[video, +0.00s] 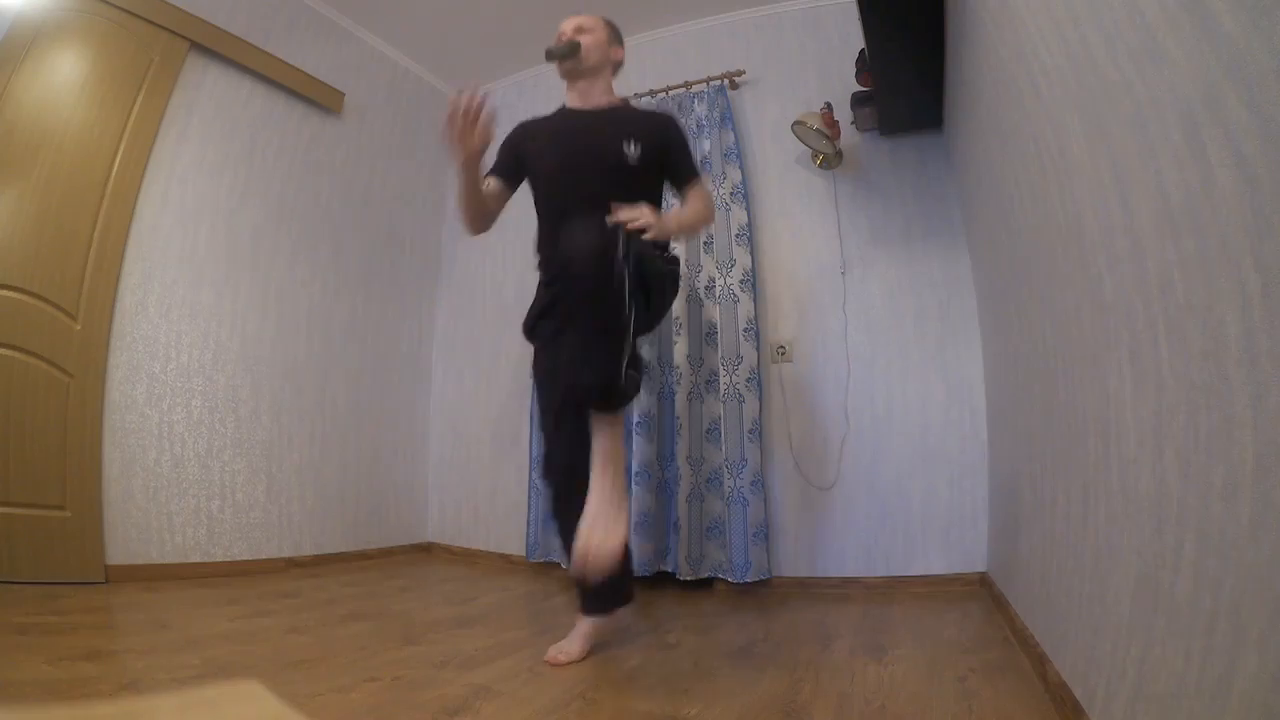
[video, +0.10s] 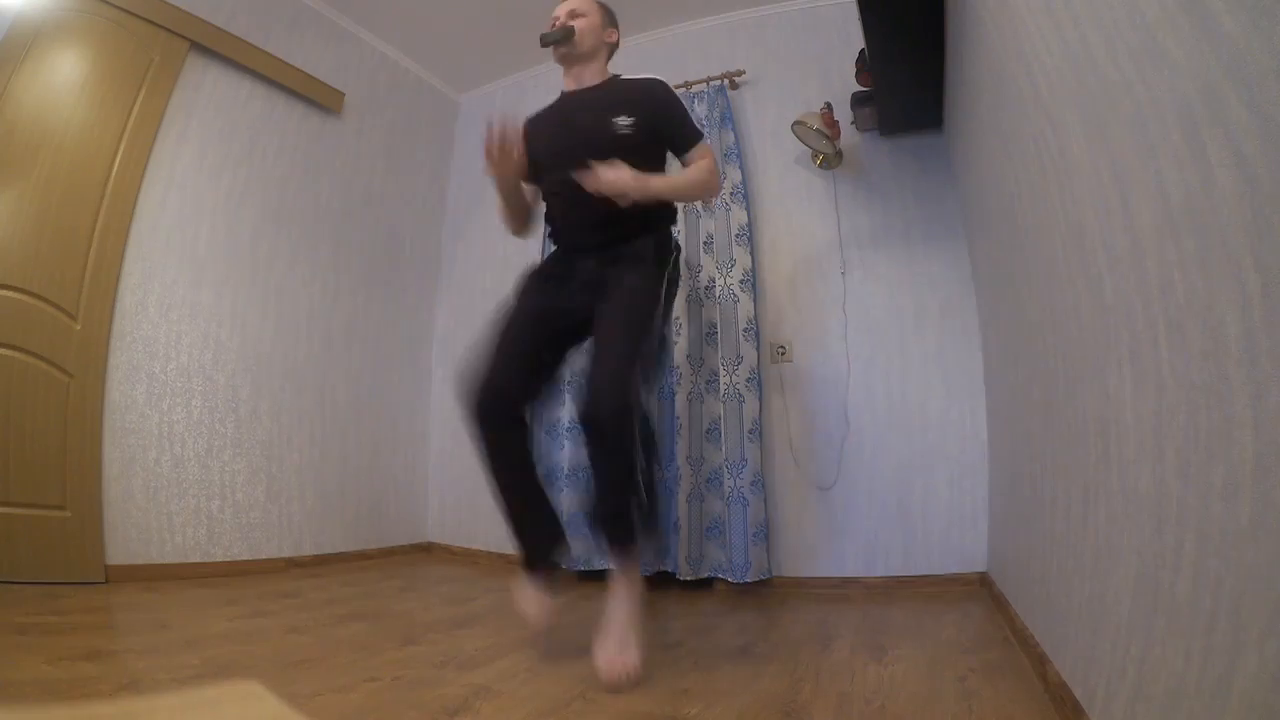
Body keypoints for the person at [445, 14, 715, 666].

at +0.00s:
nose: (566, 34)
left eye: (583, 28)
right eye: (560, 31)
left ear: (616, 53)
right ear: (554, 61)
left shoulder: (654, 127)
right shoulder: (530, 135)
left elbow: (700, 205)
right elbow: (478, 217)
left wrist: (663, 222)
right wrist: (468, 163)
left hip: (638, 286)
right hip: (565, 298)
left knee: (589, 244)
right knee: (567, 461)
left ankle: (609, 457)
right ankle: (598, 605)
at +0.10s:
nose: (559, 18)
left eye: (576, 11)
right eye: (555, 16)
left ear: (611, 36)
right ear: (550, 47)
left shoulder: (648, 96)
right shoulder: (540, 125)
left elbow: (708, 177)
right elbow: (521, 222)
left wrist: (639, 184)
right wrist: (507, 178)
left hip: (638, 264)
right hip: (567, 269)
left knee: (605, 403)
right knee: (494, 398)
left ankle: (625, 576)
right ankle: (541, 558)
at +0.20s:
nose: (563, 37)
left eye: (580, 28)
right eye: (558, 33)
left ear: (616, 50)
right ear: (553, 60)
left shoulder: (639, 113)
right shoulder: (551, 144)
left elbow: (676, 200)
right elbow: (561, 242)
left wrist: (573, 143)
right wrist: (506, 260)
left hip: (634, 299)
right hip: (568, 293)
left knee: (634, 470)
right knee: (443, 274)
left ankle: (640, 630)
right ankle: (491, 455)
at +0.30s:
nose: (564, 16)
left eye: (582, 10)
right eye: (558, 14)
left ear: (615, 38)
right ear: (549, 42)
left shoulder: (637, 96)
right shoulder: (542, 124)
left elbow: (659, 161)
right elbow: (570, 208)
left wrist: (575, 92)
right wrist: (538, 243)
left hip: (630, 285)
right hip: (561, 278)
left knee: (623, 438)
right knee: (456, 322)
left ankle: (632, 619)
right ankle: (503, 509)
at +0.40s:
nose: (563, 10)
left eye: (581, 3)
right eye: (559, 5)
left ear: (614, 26)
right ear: (552, 31)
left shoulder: (652, 97)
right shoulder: (534, 110)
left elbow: (695, 180)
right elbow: (518, 198)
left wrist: (602, 136)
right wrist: (506, 211)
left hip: (628, 241)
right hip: (552, 257)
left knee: (591, 309)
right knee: (534, 432)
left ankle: (621, 507)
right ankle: (559, 616)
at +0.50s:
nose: (561, 26)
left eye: (579, 20)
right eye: (555, 23)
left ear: (612, 48)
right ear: (548, 54)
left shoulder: (652, 122)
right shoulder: (523, 131)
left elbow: (701, 210)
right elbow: (472, 220)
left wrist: (671, 217)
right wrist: (464, 166)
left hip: (634, 281)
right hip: (554, 293)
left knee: (565, 189)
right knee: (563, 461)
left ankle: (600, 408)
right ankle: (596, 622)